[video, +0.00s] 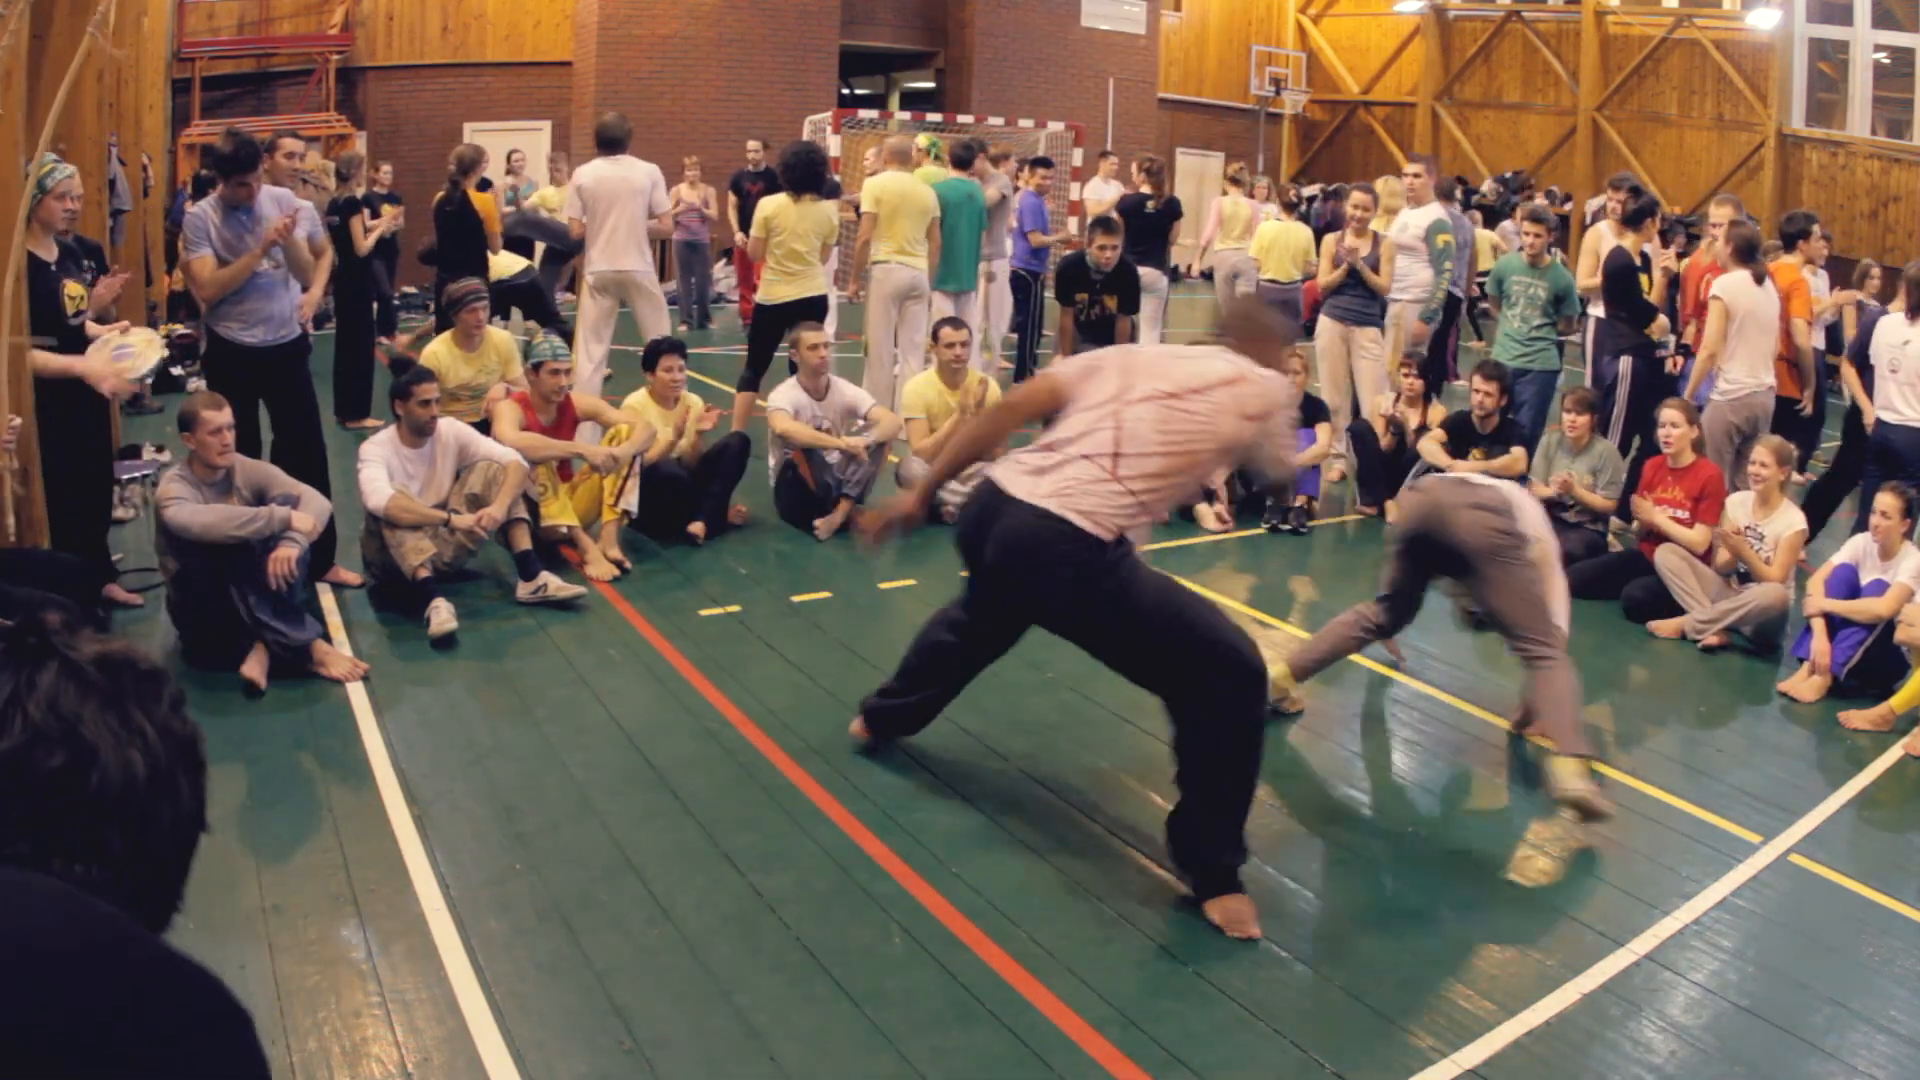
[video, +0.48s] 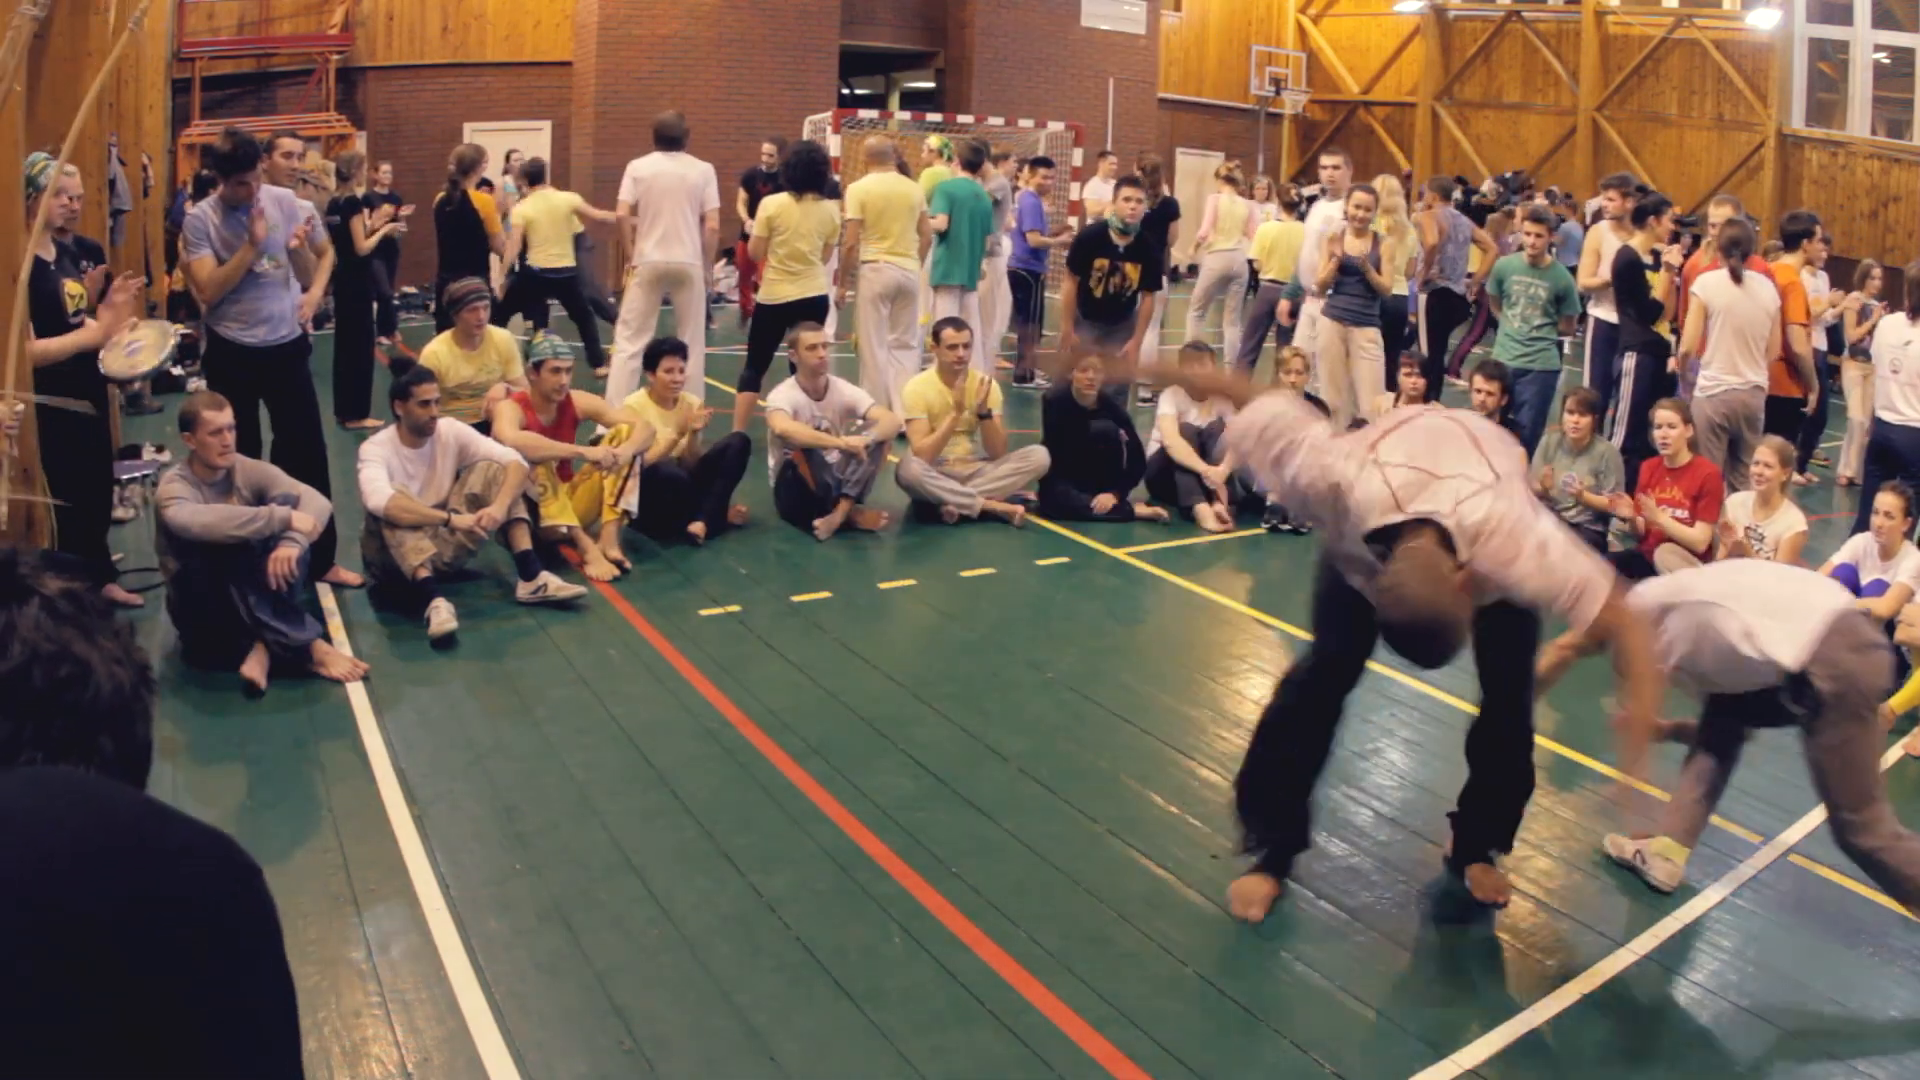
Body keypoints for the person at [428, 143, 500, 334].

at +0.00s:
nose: (486, 167)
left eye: (486, 163)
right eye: (484, 163)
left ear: (456, 165)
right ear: (476, 168)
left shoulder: (439, 199)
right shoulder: (485, 200)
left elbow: (441, 240)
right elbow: (495, 246)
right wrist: (497, 206)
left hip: (446, 276)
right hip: (474, 278)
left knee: (443, 332)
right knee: (474, 333)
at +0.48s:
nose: (485, 168)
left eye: (485, 163)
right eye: (484, 163)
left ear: (457, 165)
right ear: (478, 168)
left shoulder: (440, 200)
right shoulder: (483, 201)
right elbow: (498, 244)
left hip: (446, 281)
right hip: (476, 282)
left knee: (445, 340)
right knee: (476, 339)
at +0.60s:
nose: (485, 168)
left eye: (485, 163)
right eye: (483, 163)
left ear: (455, 165)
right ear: (475, 168)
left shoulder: (440, 200)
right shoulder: (484, 201)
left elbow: (444, 240)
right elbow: (493, 247)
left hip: (446, 279)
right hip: (475, 280)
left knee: (445, 337)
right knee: (474, 337)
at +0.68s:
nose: (486, 168)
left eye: (485, 163)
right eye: (484, 163)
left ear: (455, 166)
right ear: (475, 168)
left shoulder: (439, 201)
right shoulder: (483, 202)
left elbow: (445, 242)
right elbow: (493, 248)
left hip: (446, 279)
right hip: (475, 280)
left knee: (445, 338)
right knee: (474, 337)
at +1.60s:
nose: (476, 166)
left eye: (476, 161)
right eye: (473, 162)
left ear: (445, 167)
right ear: (463, 167)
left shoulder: (432, 200)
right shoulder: (474, 198)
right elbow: (487, 245)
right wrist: (486, 210)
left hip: (438, 280)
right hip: (467, 280)